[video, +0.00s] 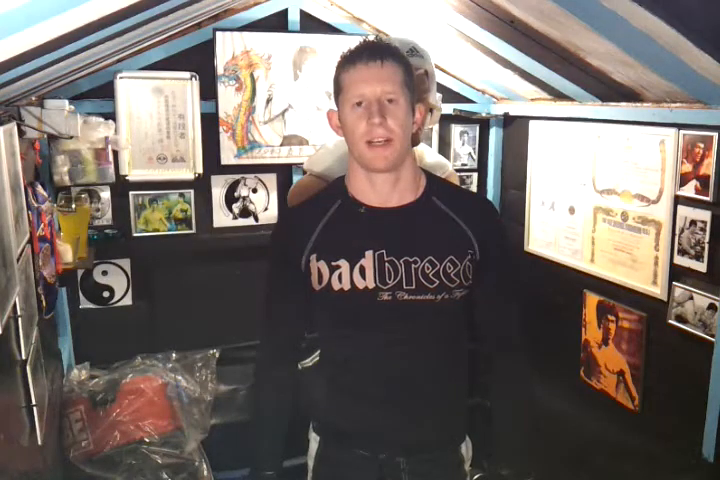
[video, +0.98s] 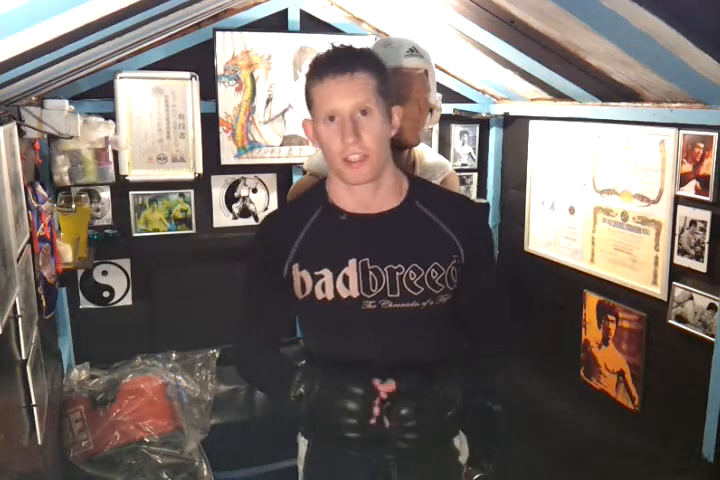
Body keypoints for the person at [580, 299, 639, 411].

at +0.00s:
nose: (610, 326)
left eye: (613, 322)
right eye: (607, 321)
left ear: (616, 326)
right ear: (601, 324)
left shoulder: (620, 360)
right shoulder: (589, 344)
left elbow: (634, 395)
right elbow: (579, 371)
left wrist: (636, 404)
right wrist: (589, 382)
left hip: (609, 402)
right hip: (588, 397)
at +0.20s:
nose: (610, 326)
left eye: (613, 322)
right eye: (607, 321)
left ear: (616, 326)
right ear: (601, 324)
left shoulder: (620, 360)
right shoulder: (589, 344)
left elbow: (634, 395)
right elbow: (579, 371)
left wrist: (636, 404)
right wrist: (589, 382)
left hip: (609, 402)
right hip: (588, 397)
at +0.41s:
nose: (610, 326)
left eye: (613, 322)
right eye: (607, 321)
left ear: (616, 326)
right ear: (601, 324)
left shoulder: (620, 360)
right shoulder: (589, 344)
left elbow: (634, 395)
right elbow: (579, 371)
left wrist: (636, 404)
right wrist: (589, 382)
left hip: (609, 402)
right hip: (588, 397)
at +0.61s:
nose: (610, 326)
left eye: (613, 322)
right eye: (607, 321)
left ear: (616, 326)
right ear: (601, 324)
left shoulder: (620, 360)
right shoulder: (589, 344)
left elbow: (634, 395)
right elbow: (579, 371)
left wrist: (636, 404)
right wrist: (589, 382)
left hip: (609, 402)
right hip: (588, 397)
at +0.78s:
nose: (610, 326)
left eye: (613, 322)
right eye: (607, 321)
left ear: (616, 326)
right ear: (601, 324)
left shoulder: (620, 360)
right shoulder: (589, 344)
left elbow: (634, 395)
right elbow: (579, 371)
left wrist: (636, 404)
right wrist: (589, 382)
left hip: (609, 402)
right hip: (588, 398)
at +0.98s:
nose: (610, 326)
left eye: (613, 322)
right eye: (607, 321)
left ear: (616, 326)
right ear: (601, 324)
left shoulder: (620, 360)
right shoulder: (589, 344)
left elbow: (634, 395)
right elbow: (579, 371)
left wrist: (636, 404)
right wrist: (589, 382)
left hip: (609, 402)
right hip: (588, 398)